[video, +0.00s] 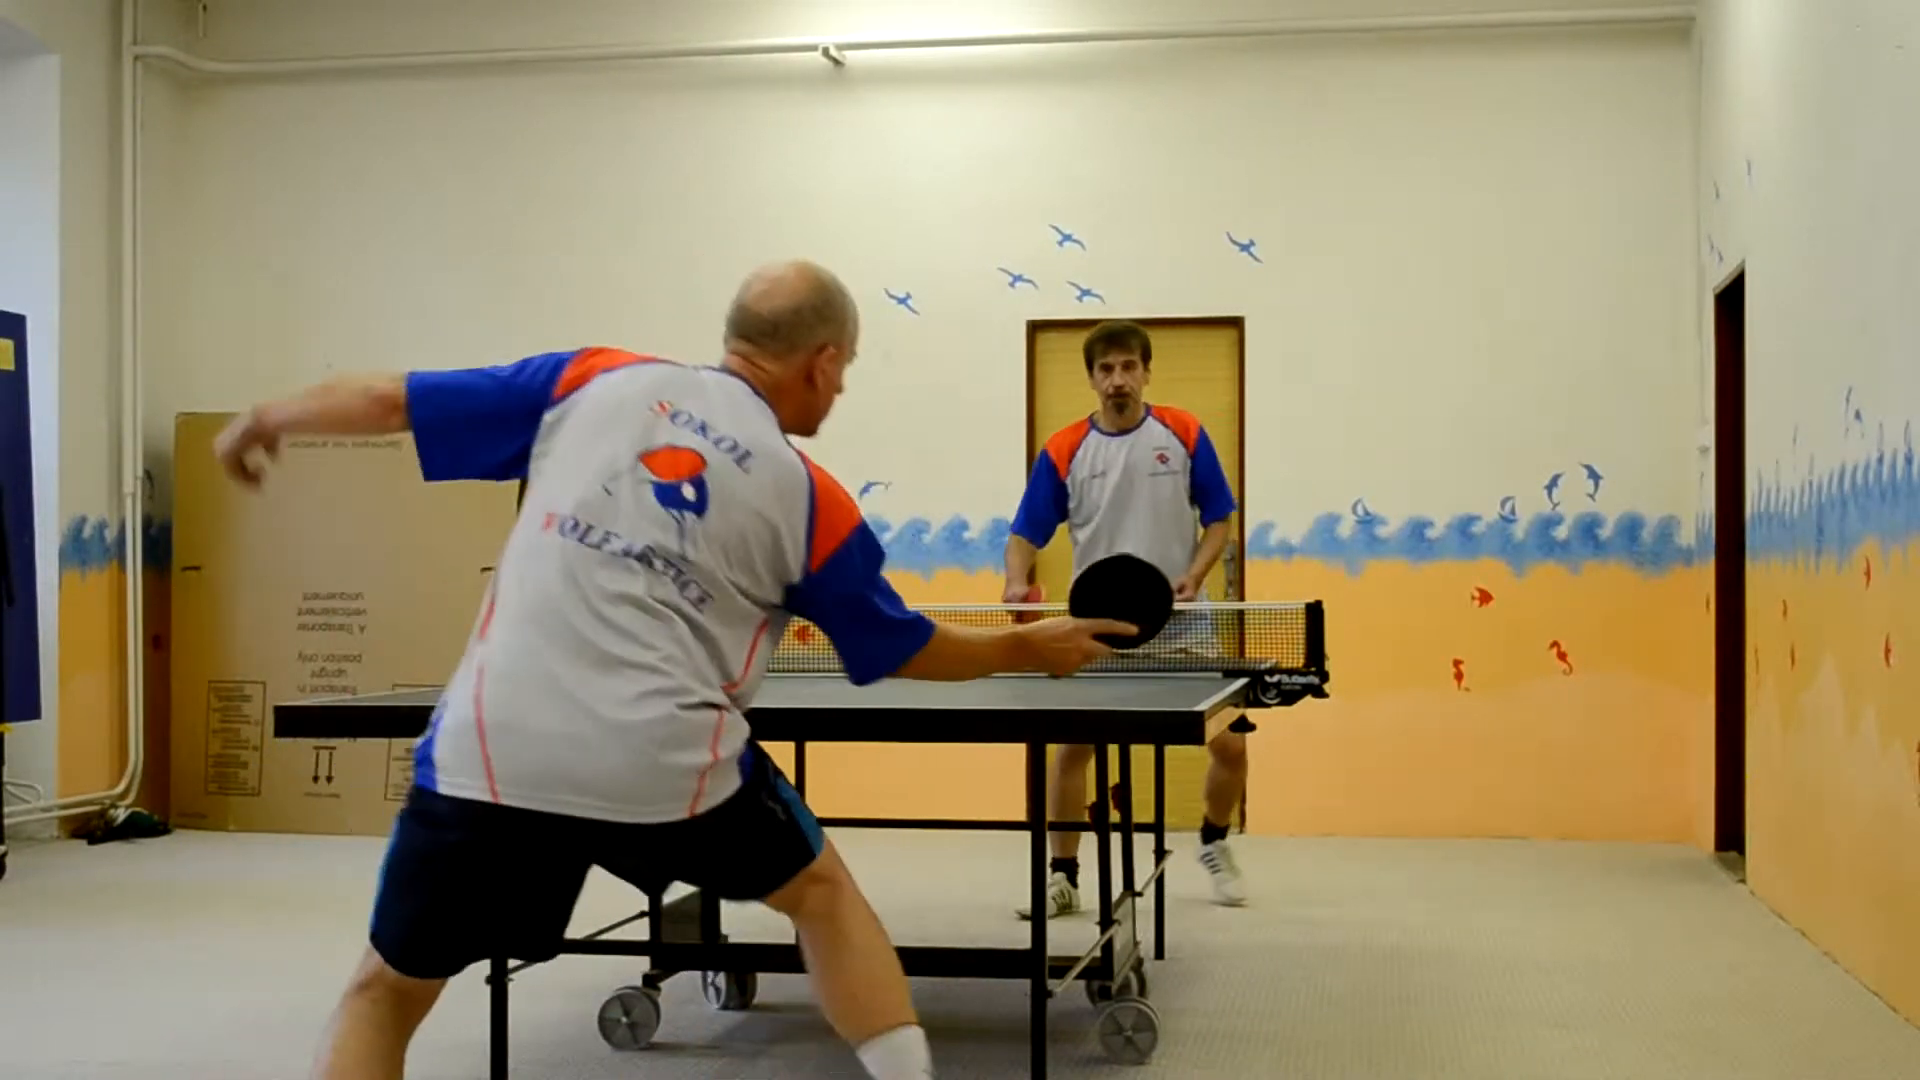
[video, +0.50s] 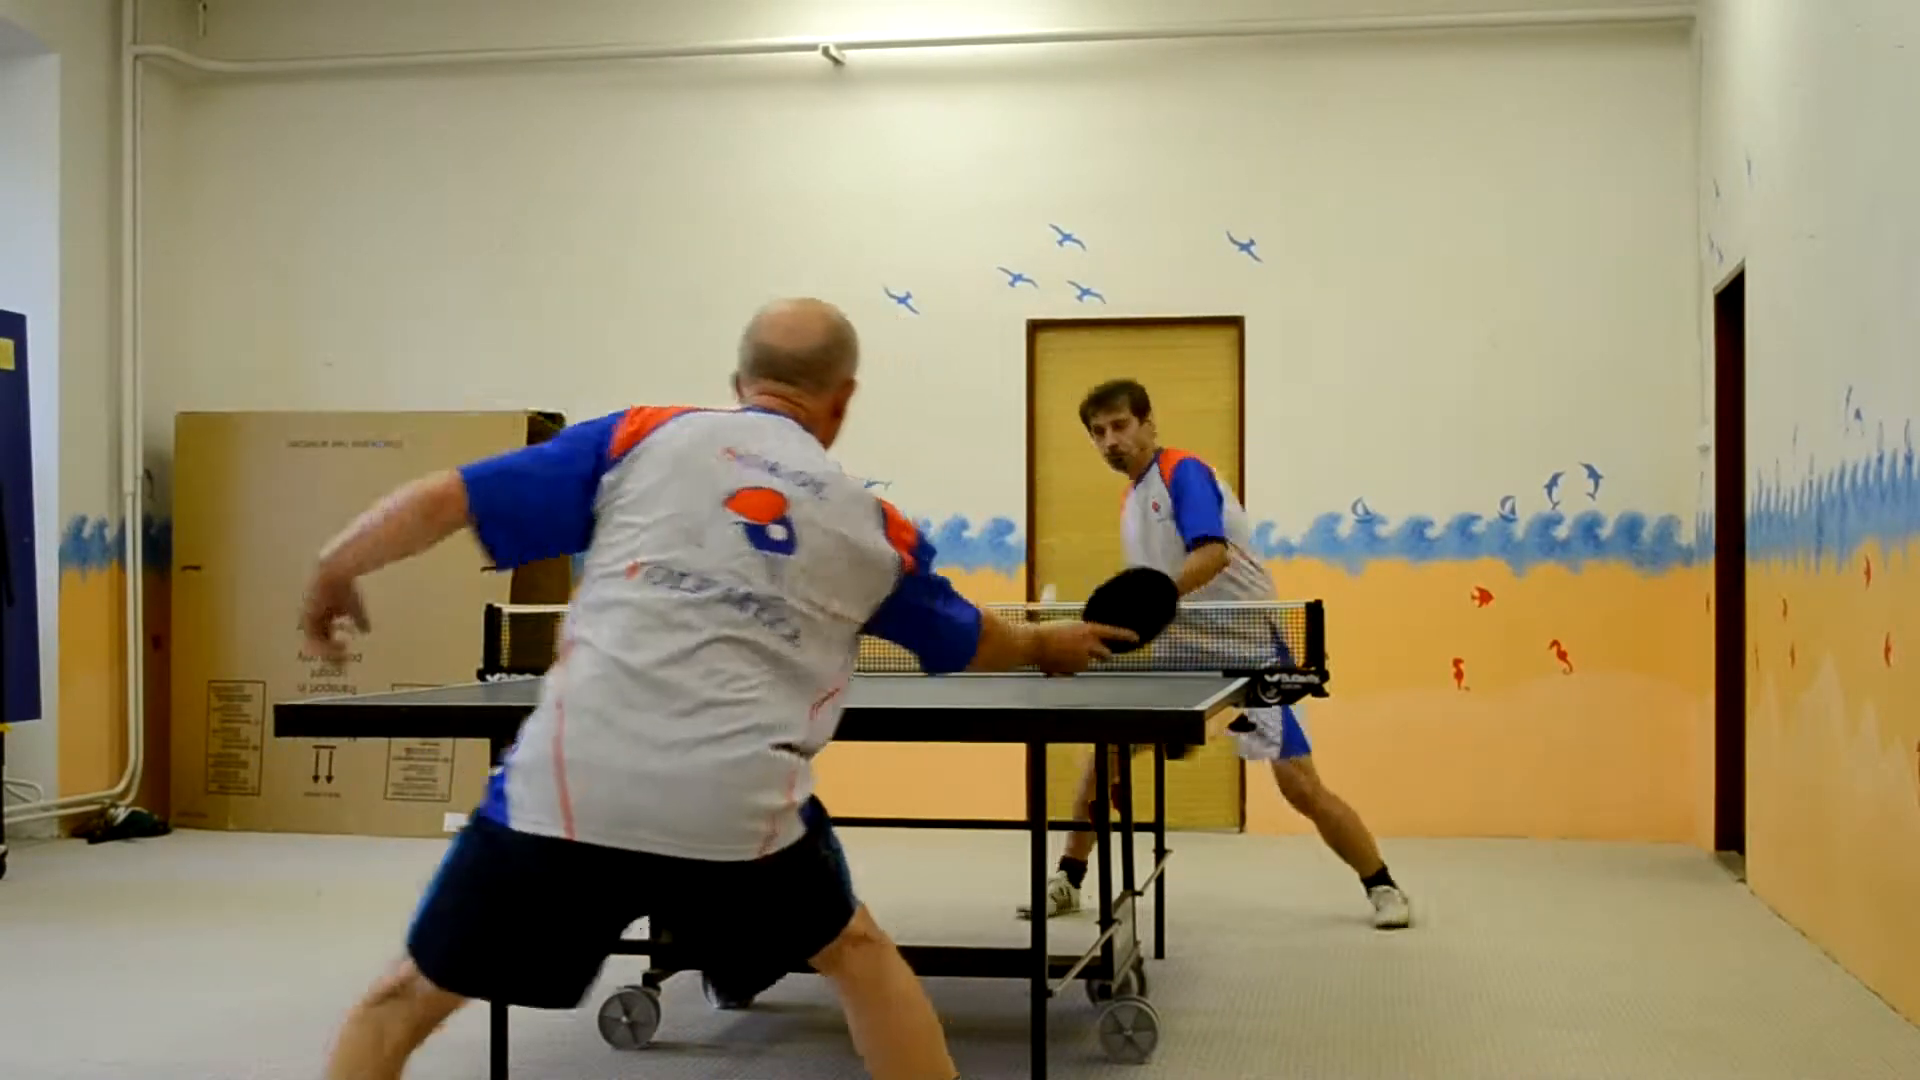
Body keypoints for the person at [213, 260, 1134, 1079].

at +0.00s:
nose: (838, 394)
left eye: (841, 373)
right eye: (841, 373)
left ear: (729, 340)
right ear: (811, 366)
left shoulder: (589, 376)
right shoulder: (807, 495)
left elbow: (399, 401)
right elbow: (901, 648)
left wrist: (270, 416)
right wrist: (1032, 644)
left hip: (484, 761)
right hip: (668, 773)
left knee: (386, 989)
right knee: (825, 896)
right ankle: (907, 1074)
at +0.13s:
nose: (887, 416)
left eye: (884, 400)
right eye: (887, 402)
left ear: (779, 373)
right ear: (866, 402)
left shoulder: (650, 413)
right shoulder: (871, 525)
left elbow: (451, 404)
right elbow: (991, 632)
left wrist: (299, 386)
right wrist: (1070, 656)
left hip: (551, 789)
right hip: (732, 809)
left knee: (411, 993)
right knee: (867, 958)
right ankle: (946, 1077)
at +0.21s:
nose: (913, 425)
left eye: (905, 407)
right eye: (917, 411)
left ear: (806, 380)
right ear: (901, 415)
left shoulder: (696, 425)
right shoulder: (906, 534)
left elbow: (504, 424)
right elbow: (1002, 621)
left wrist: (344, 421)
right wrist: (1058, 633)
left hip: (592, 798)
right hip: (770, 819)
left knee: (430, 973)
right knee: (882, 951)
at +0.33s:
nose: (911, 416)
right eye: (914, 401)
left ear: (799, 380)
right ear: (904, 408)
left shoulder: (704, 428)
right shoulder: (917, 527)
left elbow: (523, 454)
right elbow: (1003, 626)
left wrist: (390, 489)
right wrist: (1063, 638)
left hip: (612, 794)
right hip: (788, 817)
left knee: (441, 968)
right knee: (886, 950)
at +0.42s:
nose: (886, 409)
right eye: (889, 397)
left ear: (777, 378)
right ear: (880, 405)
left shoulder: (682, 433)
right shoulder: (903, 524)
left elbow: (503, 477)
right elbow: (996, 632)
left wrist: (378, 531)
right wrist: (1063, 644)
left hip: (592, 811)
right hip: (774, 831)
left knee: (434, 994)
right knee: (878, 953)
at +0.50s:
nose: (849, 407)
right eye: (851, 394)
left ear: (738, 371)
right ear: (841, 401)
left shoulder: (636, 438)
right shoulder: (868, 525)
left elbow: (442, 501)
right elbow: (975, 643)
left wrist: (333, 571)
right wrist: (1048, 641)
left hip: (561, 806)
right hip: (739, 822)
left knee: (405, 999)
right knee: (863, 963)